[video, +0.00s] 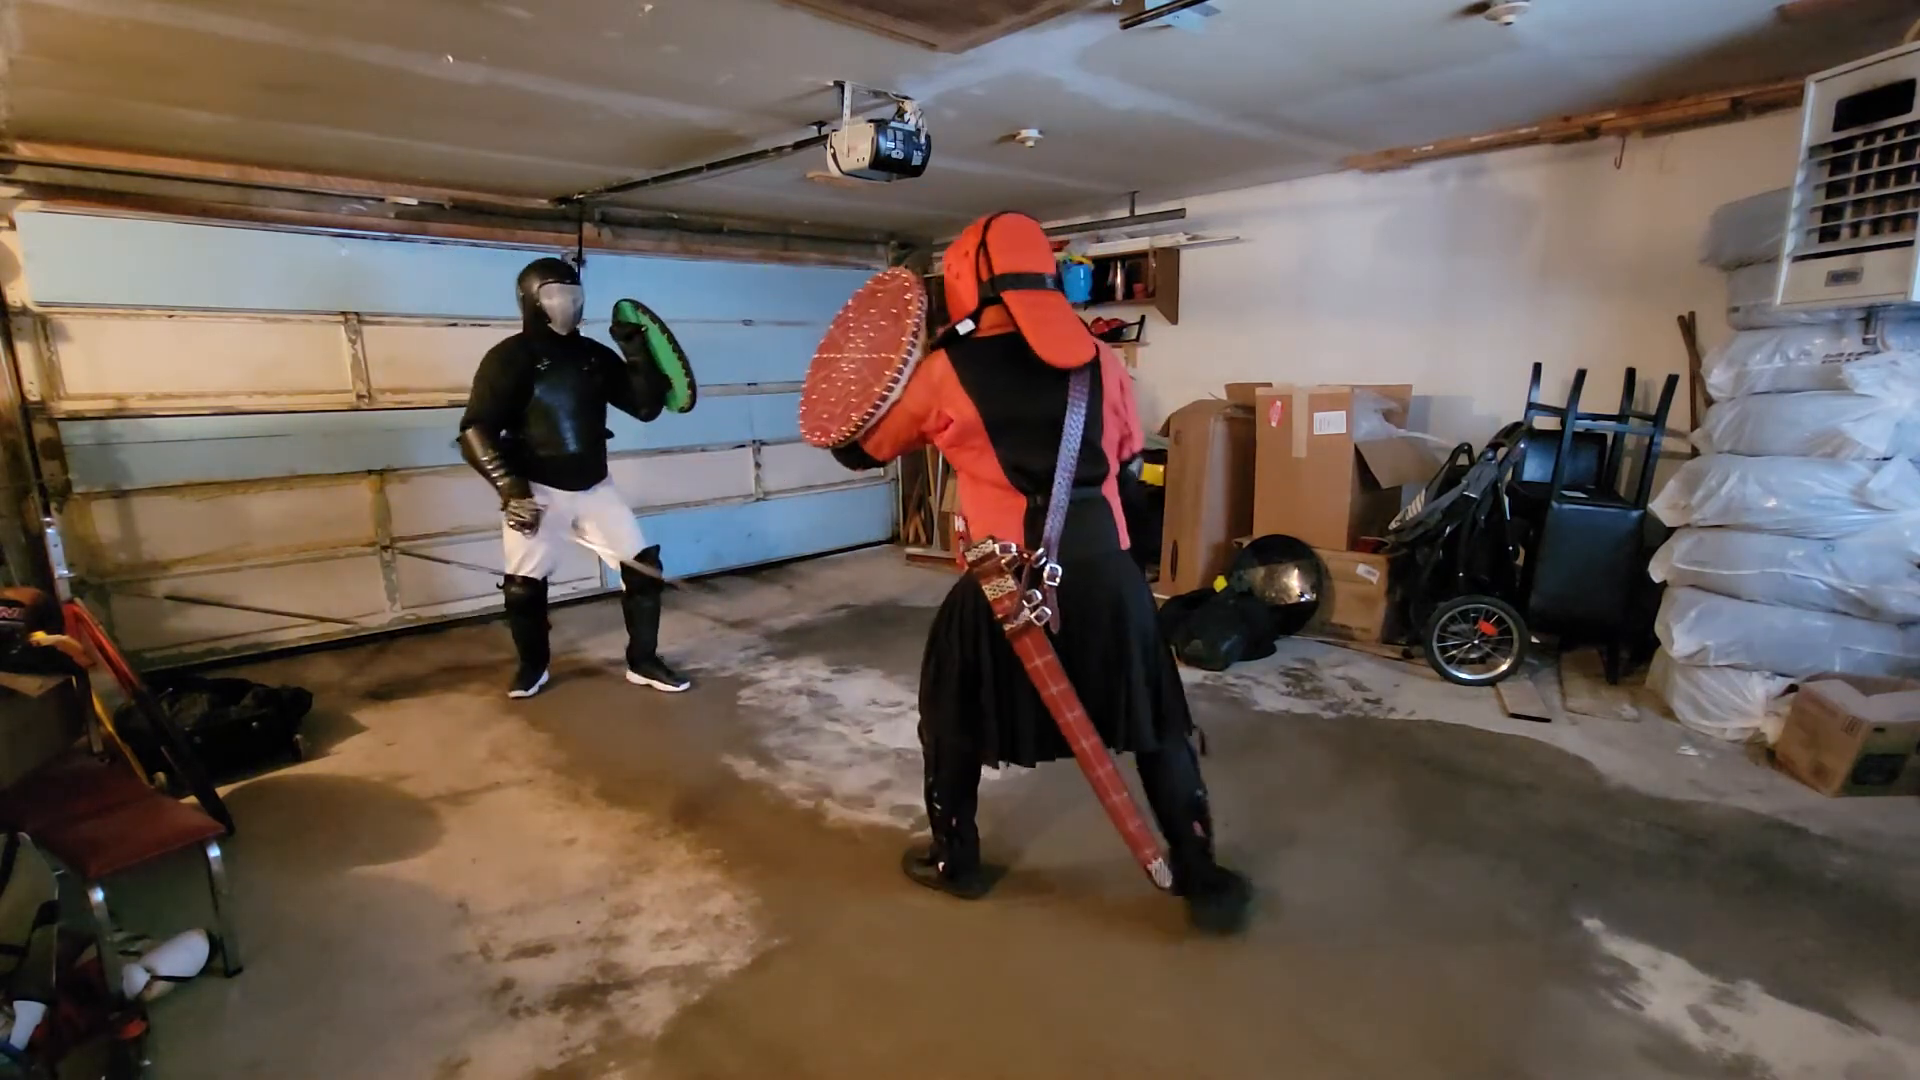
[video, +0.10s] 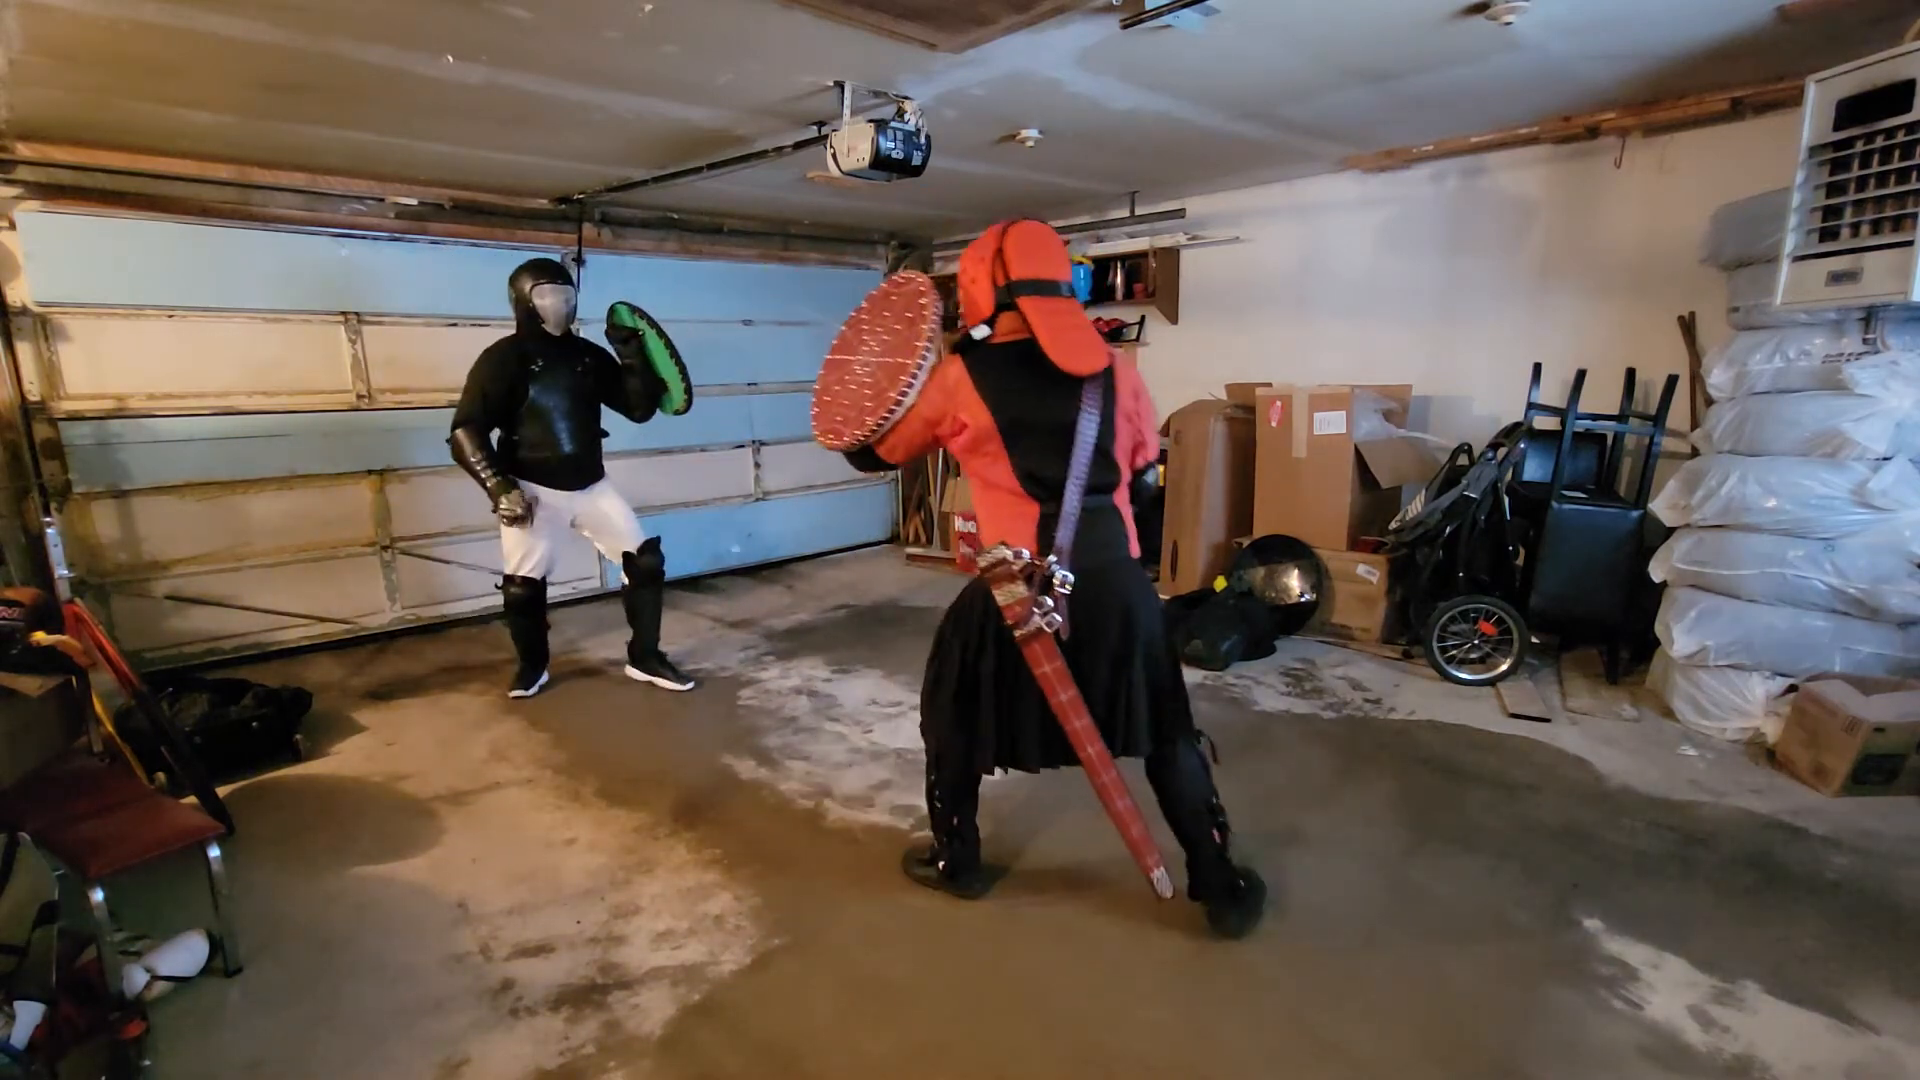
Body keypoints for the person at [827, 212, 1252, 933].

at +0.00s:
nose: (946, 291)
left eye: (951, 280)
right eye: (952, 280)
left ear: (967, 285)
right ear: (1045, 279)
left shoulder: (948, 371)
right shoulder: (1098, 359)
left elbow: (866, 447)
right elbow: (1124, 446)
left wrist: (866, 364)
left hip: (1004, 572)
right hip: (1105, 564)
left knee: (951, 697)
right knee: (1156, 711)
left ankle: (955, 854)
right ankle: (1198, 871)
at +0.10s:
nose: (960, 302)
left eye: (965, 290)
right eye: (964, 290)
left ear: (983, 294)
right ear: (1060, 287)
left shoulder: (963, 377)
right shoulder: (1115, 370)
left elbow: (880, 452)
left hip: (1015, 579)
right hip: (1114, 575)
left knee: (952, 701)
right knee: (1166, 722)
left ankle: (956, 853)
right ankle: (1216, 882)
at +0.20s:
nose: (983, 304)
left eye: (987, 292)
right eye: (986, 291)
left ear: (1008, 297)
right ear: (1084, 292)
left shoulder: (984, 379)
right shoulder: (1136, 376)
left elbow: (906, 452)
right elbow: (1164, 491)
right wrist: (1127, 558)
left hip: (1028, 585)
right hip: (1131, 583)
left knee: (960, 709)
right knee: (1178, 725)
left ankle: (957, 855)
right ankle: (1223, 884)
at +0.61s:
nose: (1033, 295)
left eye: (1038, 284)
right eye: (1035, 283)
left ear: (1055, 287)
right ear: (1130, 287)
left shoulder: (1024, 371)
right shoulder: (1182, 378)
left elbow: (947, 447)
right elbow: (1209, 498)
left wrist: (944, 368)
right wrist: (1152, 527)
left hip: (1056, 588)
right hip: (1160, 589)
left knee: (983, 703)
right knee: (1196, 731)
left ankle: (969, 849)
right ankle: (1231, 886)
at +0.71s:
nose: (1034, 297)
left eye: (1039, 285)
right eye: (1036, 285)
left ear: (1057, 288)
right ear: (1131, 288)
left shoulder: (1025, 369)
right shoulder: (1183, 377)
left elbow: (948, 448)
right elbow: (1211, 495)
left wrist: (934, 379)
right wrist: (1153, 526)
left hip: (1055, 583)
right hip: (1159, 586)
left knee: (985, 698)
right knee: (1202, 729)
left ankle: (969, 849)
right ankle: (1232, 887)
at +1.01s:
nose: (1045, 292)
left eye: (1051, 281)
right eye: (1048, 280)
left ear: (1068, 286)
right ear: (1141, 286)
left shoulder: (1032, 369)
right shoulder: (1190, 373)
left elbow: (956, 449)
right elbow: (1226, 492)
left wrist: (934, 391)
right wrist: (1170, 517)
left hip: (1057, 578)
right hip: (1164, 580)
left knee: (985, 694)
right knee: (1207, 726)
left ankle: (974, 834)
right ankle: (1236, 890)